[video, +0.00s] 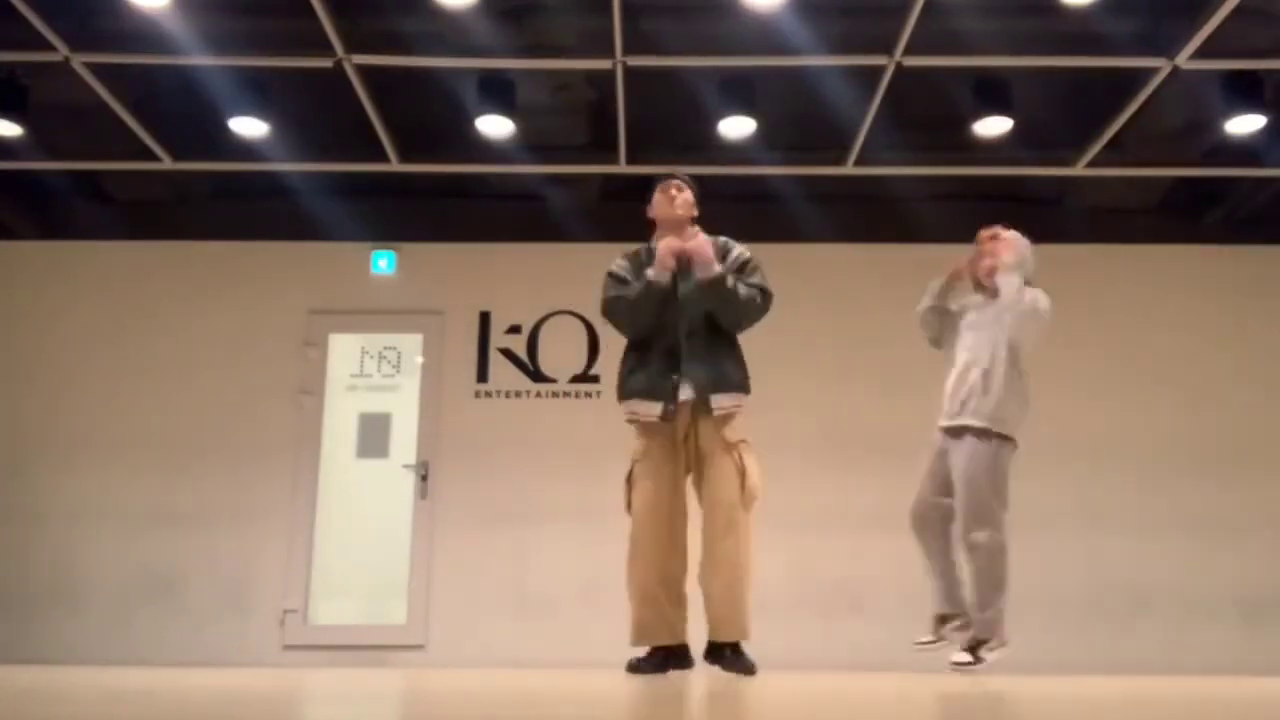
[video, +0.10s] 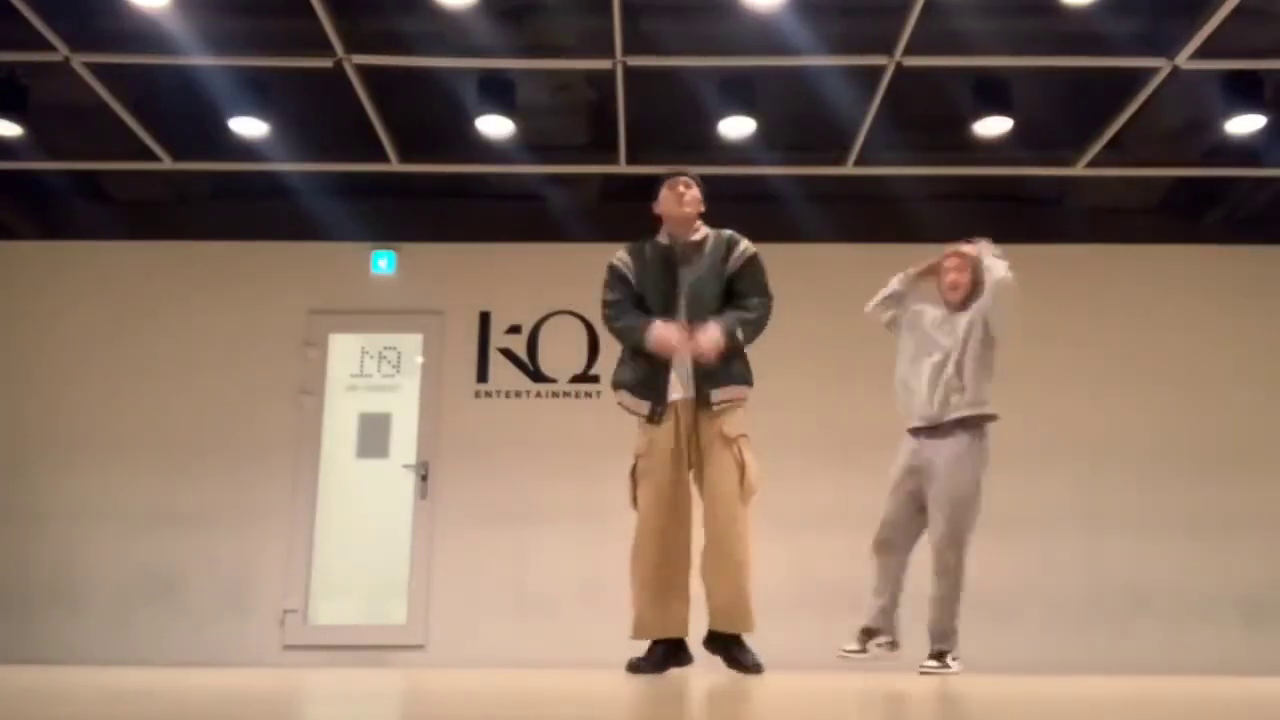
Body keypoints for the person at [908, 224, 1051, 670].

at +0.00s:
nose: (985, 246)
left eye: (997, 239)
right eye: (982, 241)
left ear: (1020, 255)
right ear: (977, 257)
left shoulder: (1031, 302)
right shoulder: (972, 304)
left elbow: (1026, 327)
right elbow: (932, 328)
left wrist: (1004, 277)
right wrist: (949, 282)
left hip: (987, 431)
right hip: (952, 429)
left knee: (981, 532)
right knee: (927, 517)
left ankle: (987, 632)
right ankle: (950, 611)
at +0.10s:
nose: (952, 277)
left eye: (961, 270)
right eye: (946, 270)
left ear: (975, 280)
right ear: (936, 278)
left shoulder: (981, 320)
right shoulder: (918, 315)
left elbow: (1001, 283)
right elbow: (876, 309)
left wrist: (985, 253)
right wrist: (917, 274)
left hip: (961, 441)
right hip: (918, 441)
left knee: (947, 546)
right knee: (890, 540)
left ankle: (942, 649)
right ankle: (880, 631)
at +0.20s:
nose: (921, 279)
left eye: (930, 273)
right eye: (914, 273)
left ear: (944, 283)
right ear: (904, 283)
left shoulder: (956, 324)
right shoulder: (883, 321)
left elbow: (985, 295)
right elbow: (842, 325)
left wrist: (951, 265)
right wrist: (882, 279)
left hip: (937, 447)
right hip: (889, 447)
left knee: (936, 551)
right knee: (859, 546)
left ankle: (941, 650)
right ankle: (830, 635)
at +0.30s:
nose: (889, 278)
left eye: (896, 272)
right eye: (882, 272)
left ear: (909, 281)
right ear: (871, 282)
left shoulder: (928, 320)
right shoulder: (860, 322)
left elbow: (961, 343)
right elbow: (821, 355)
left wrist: (931, 291)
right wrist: (847, 303)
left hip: (916, 449)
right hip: (861, 446)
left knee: (928, 544)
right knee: (831, 543)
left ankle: (931, 641)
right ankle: (804, 633)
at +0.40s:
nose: (861, 295)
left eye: (869, 289)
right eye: (853, 288)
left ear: (880, 299)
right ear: (839, 297)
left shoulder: (900, 345)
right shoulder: (822, 341)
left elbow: (921, 399)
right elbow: (799, 392)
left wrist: (893, 380)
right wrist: (836, 378)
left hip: (891, 466)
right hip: (834, 463)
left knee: (923, 538)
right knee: (804, 553)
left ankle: (917, 638)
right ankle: (778, 644)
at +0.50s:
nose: (847, 304)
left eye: (853, 298)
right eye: (839, 297)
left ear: (862, 307)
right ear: (826, 304)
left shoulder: (879, 354)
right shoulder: (801, 351)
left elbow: (891, 412)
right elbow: (784, 409)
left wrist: (875, 451)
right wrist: (827, 442)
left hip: (873, 477)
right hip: (818, 477)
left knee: (913, 538)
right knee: (787, 561)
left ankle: (910, 640)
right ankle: (775, 646)